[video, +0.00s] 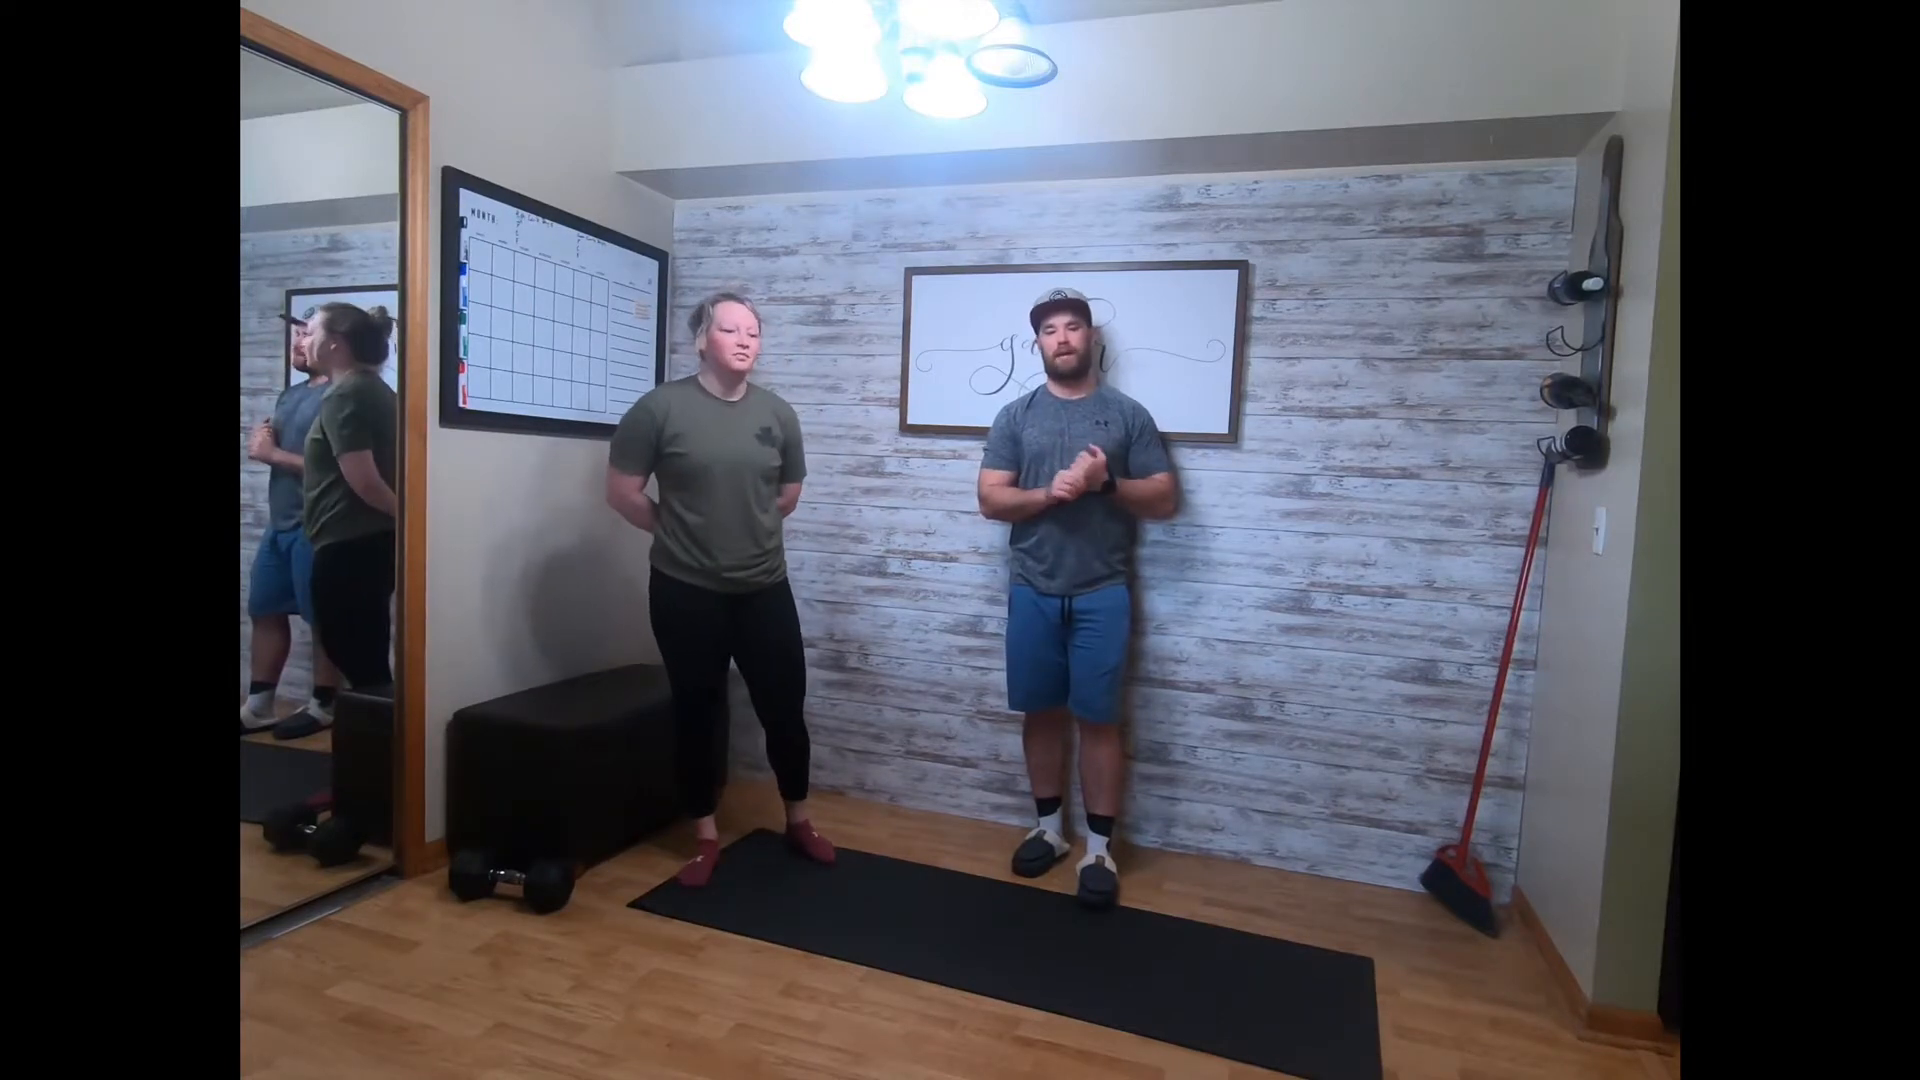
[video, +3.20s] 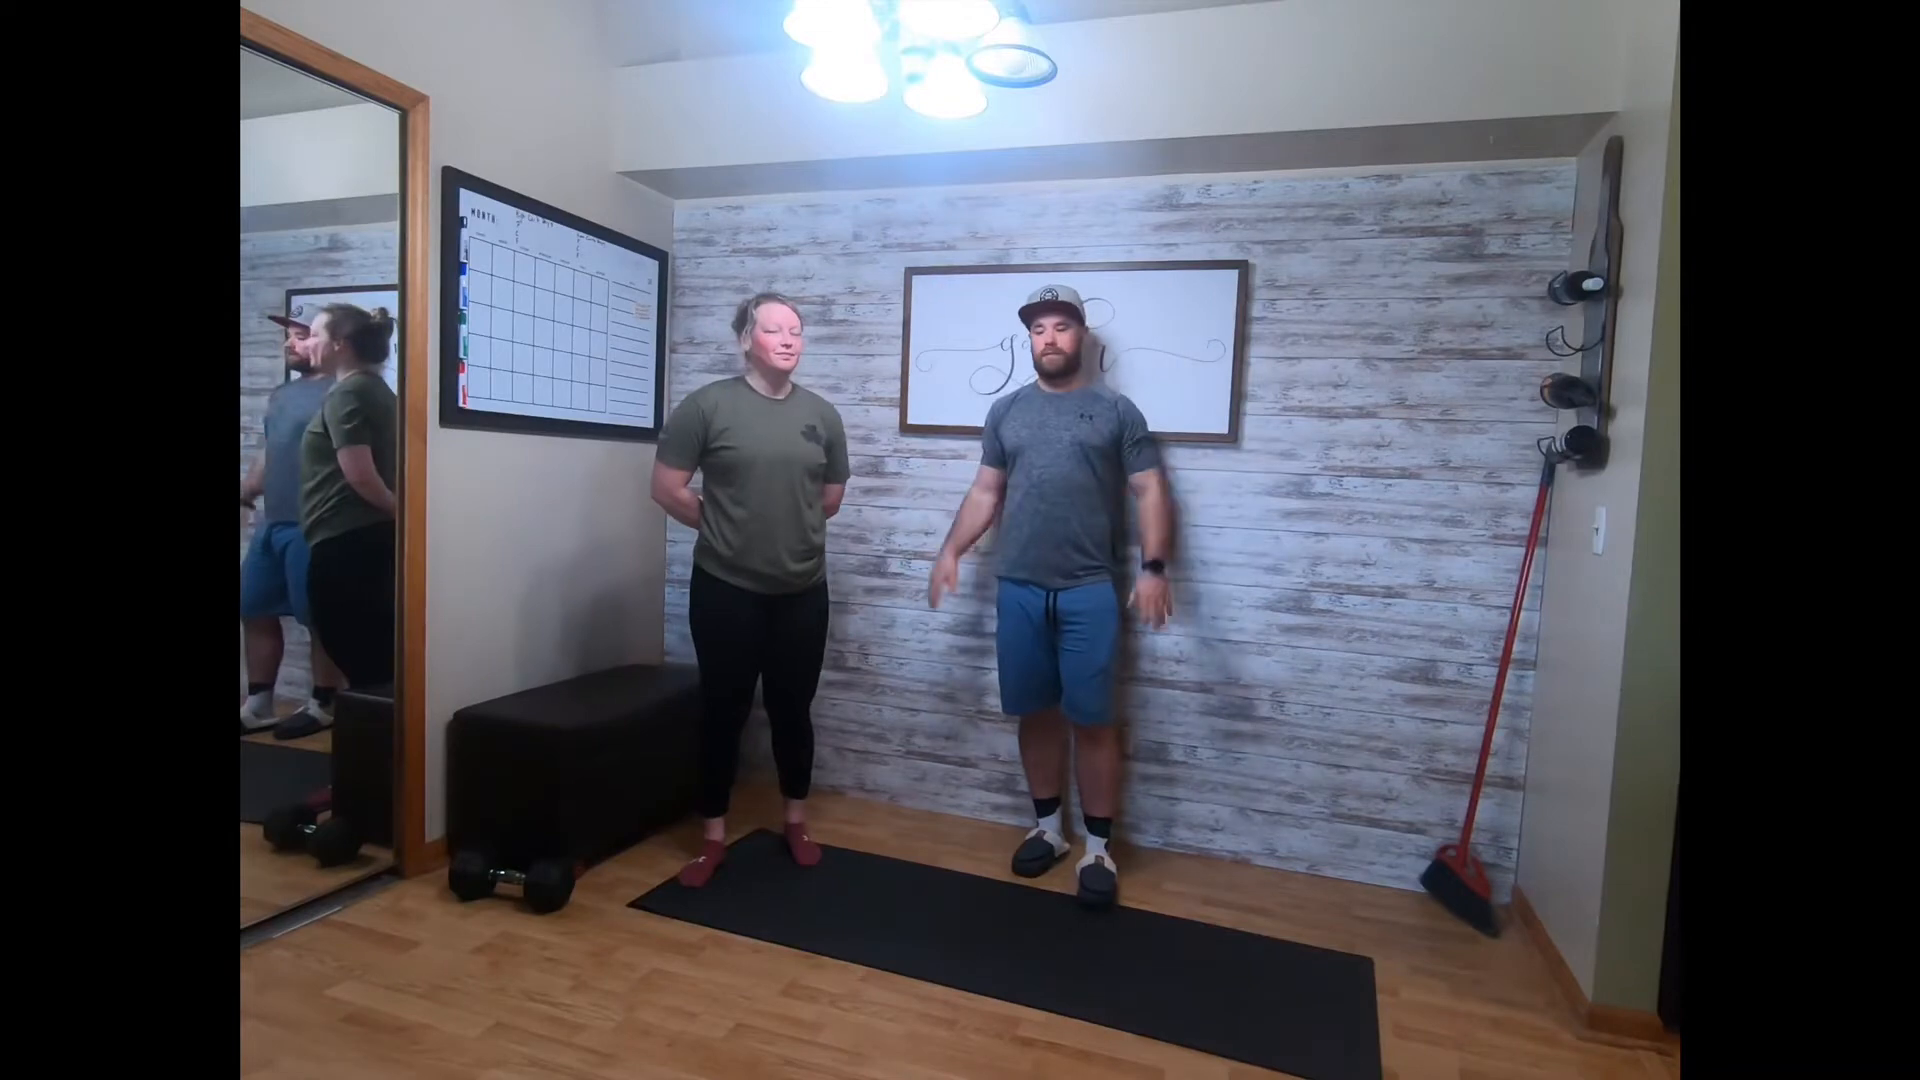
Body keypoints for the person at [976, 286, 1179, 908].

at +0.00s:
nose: (1063, 337)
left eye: (1073, 328)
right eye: (1051, 331)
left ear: (1092, 338)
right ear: (1037, 345)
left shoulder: (1126, 415)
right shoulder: (1016, 416)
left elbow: (1164, 499)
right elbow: (991, 498)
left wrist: (1107, 484)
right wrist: (1049, 492)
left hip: (1102, 584)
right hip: (1032, 584)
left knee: (1097, 714)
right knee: (1040, 709)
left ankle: (1098, 850)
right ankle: (1048, 831)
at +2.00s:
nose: (1070, 334)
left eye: (1082, 326)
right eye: (1059, 326)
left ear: (1099, 341)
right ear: (1044, 340)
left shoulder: (1126, 417)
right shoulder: (1015, 413)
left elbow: (1161, 502)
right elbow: (977, 491)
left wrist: (1124, 471)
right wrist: (1018, 476)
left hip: (1098, 584)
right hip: (1029, 584)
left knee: (1095, 716)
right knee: (1039, 711)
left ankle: (1098, 851)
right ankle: (1048, 830)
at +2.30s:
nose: (1070, 334)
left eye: (1082, 326)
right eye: (1060, 326)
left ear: (1099, 341)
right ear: (1044, 339)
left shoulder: (1124, 413)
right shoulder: (1016, 410)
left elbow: (1181, 481)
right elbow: (952, 471)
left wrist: (1187, 417)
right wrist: (962, 411)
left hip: (1096, 583)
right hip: (1026, 582)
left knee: (1095, 717)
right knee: (1037, 711)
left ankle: (1097, 851)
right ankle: (1048, 831)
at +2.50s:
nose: (1072, 337)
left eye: (1083, 328)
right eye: (1061, 328)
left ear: (1099, 342)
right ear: (1045, 342)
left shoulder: (1126, 403)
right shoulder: (1014, 398)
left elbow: (1206, 400)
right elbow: (934, 397)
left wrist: (1214, 322)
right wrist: (940, 322)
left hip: (1094, 584)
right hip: (1024, 582)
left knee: (1095, 716)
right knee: (1036, 711)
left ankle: (1098, 851)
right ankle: (1047, 832)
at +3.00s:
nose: (1064, 336)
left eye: (1076, 327)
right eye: (1053, 328)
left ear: (1093, 339)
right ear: (1038, 340)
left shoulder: (1122, 408)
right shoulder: (1012, 404)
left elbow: (1199, 440)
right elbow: (937, 443)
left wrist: (1185, 376)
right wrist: (942, 378)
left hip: (1094, 579)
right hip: (1024, 577)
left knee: (1093, 715)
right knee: (1036, 709)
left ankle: (1097, 851)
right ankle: (1048, 831)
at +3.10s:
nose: (1057, 337)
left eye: (1069, 327)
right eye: (1046, 328)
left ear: (1088, 337)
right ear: (1033, 339)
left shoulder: (1116, 410)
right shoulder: (1008, 408)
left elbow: (1175, 481)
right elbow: (976, 480)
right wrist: (948, 471)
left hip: (1092, 581)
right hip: (1023, 580)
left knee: (1094, 716)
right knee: (1036, 710)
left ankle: (1098, 851)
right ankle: (1048, 830)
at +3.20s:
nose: (1049, 338)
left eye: (1062, 327)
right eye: (1038, 329)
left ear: (1083, 337)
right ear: (1028, 339)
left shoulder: (1115, 411)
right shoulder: (1008, 411)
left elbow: (1149, 490)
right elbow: (986, 490)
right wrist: (950, 550)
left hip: (1089, 583)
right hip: (1020, 582)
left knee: (1091, 716)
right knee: (1033, 710)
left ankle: (1098, 850)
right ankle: (1047, 829)